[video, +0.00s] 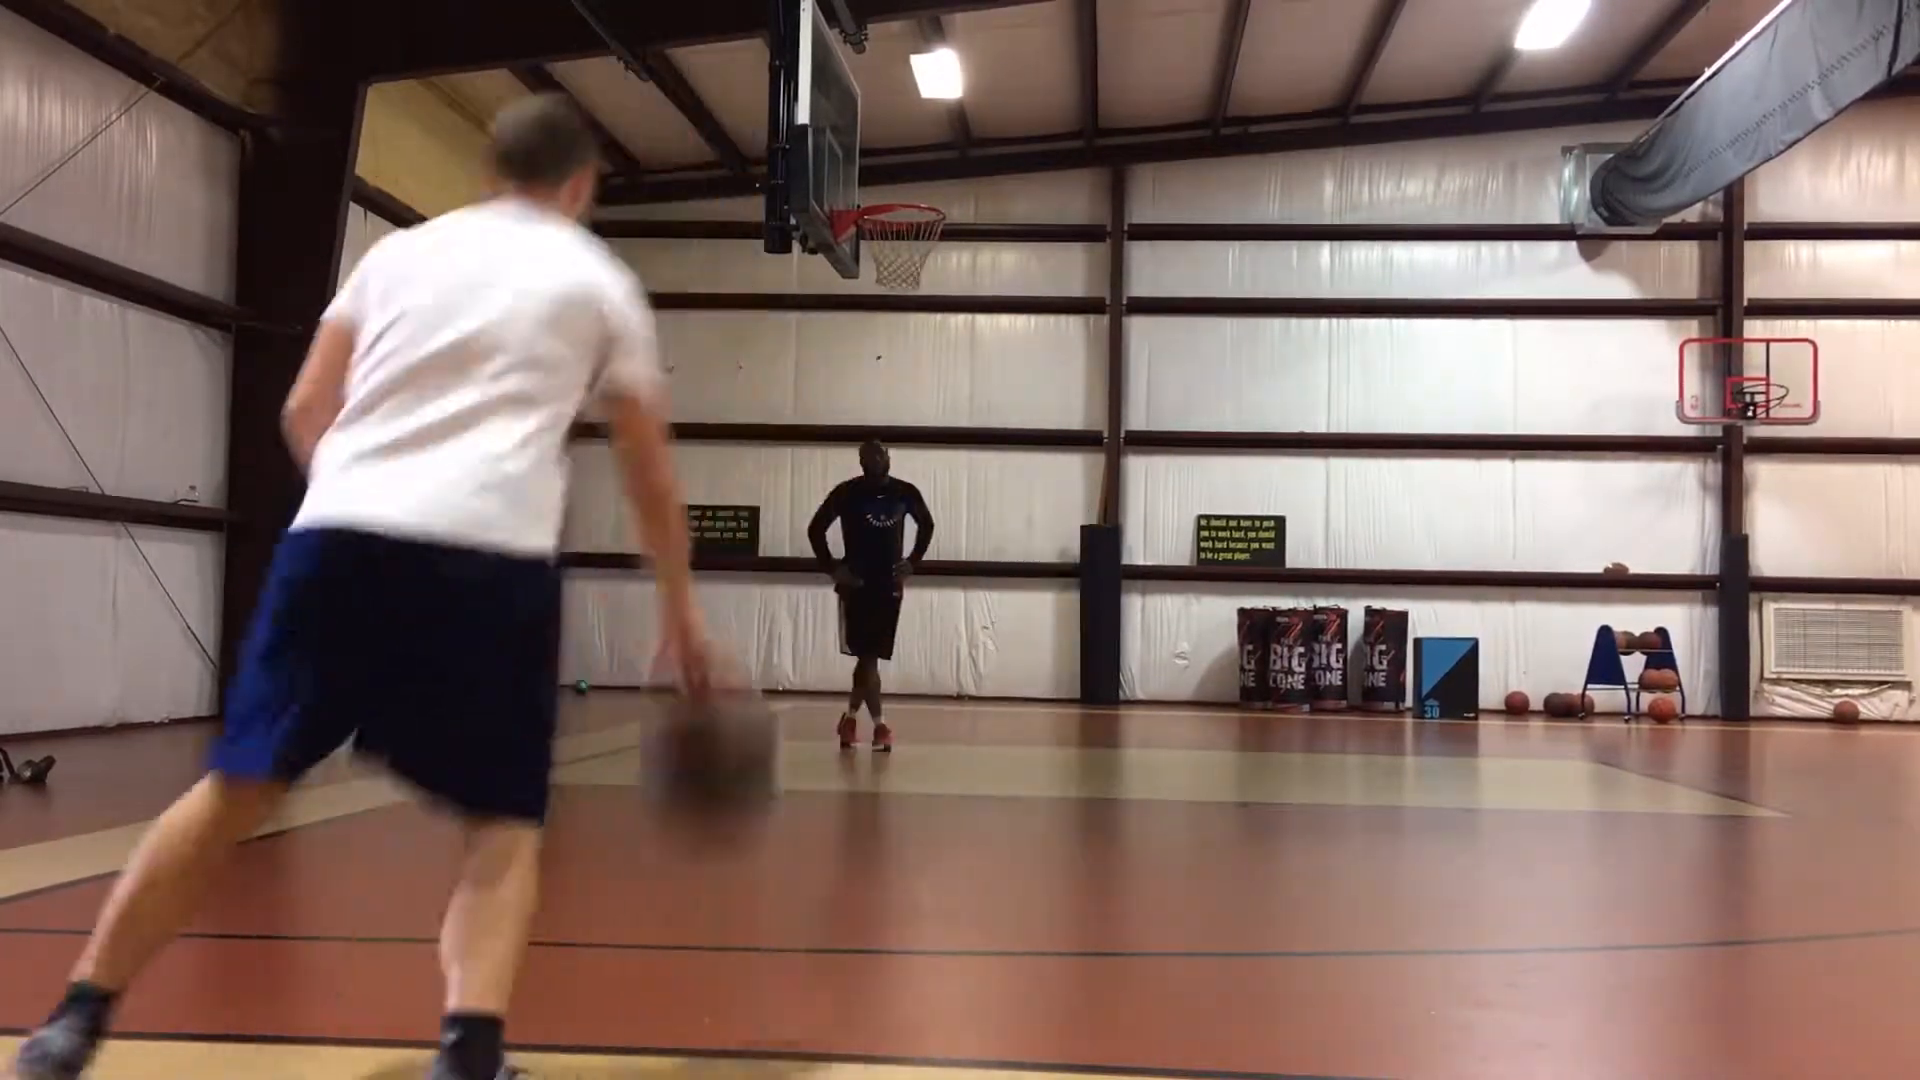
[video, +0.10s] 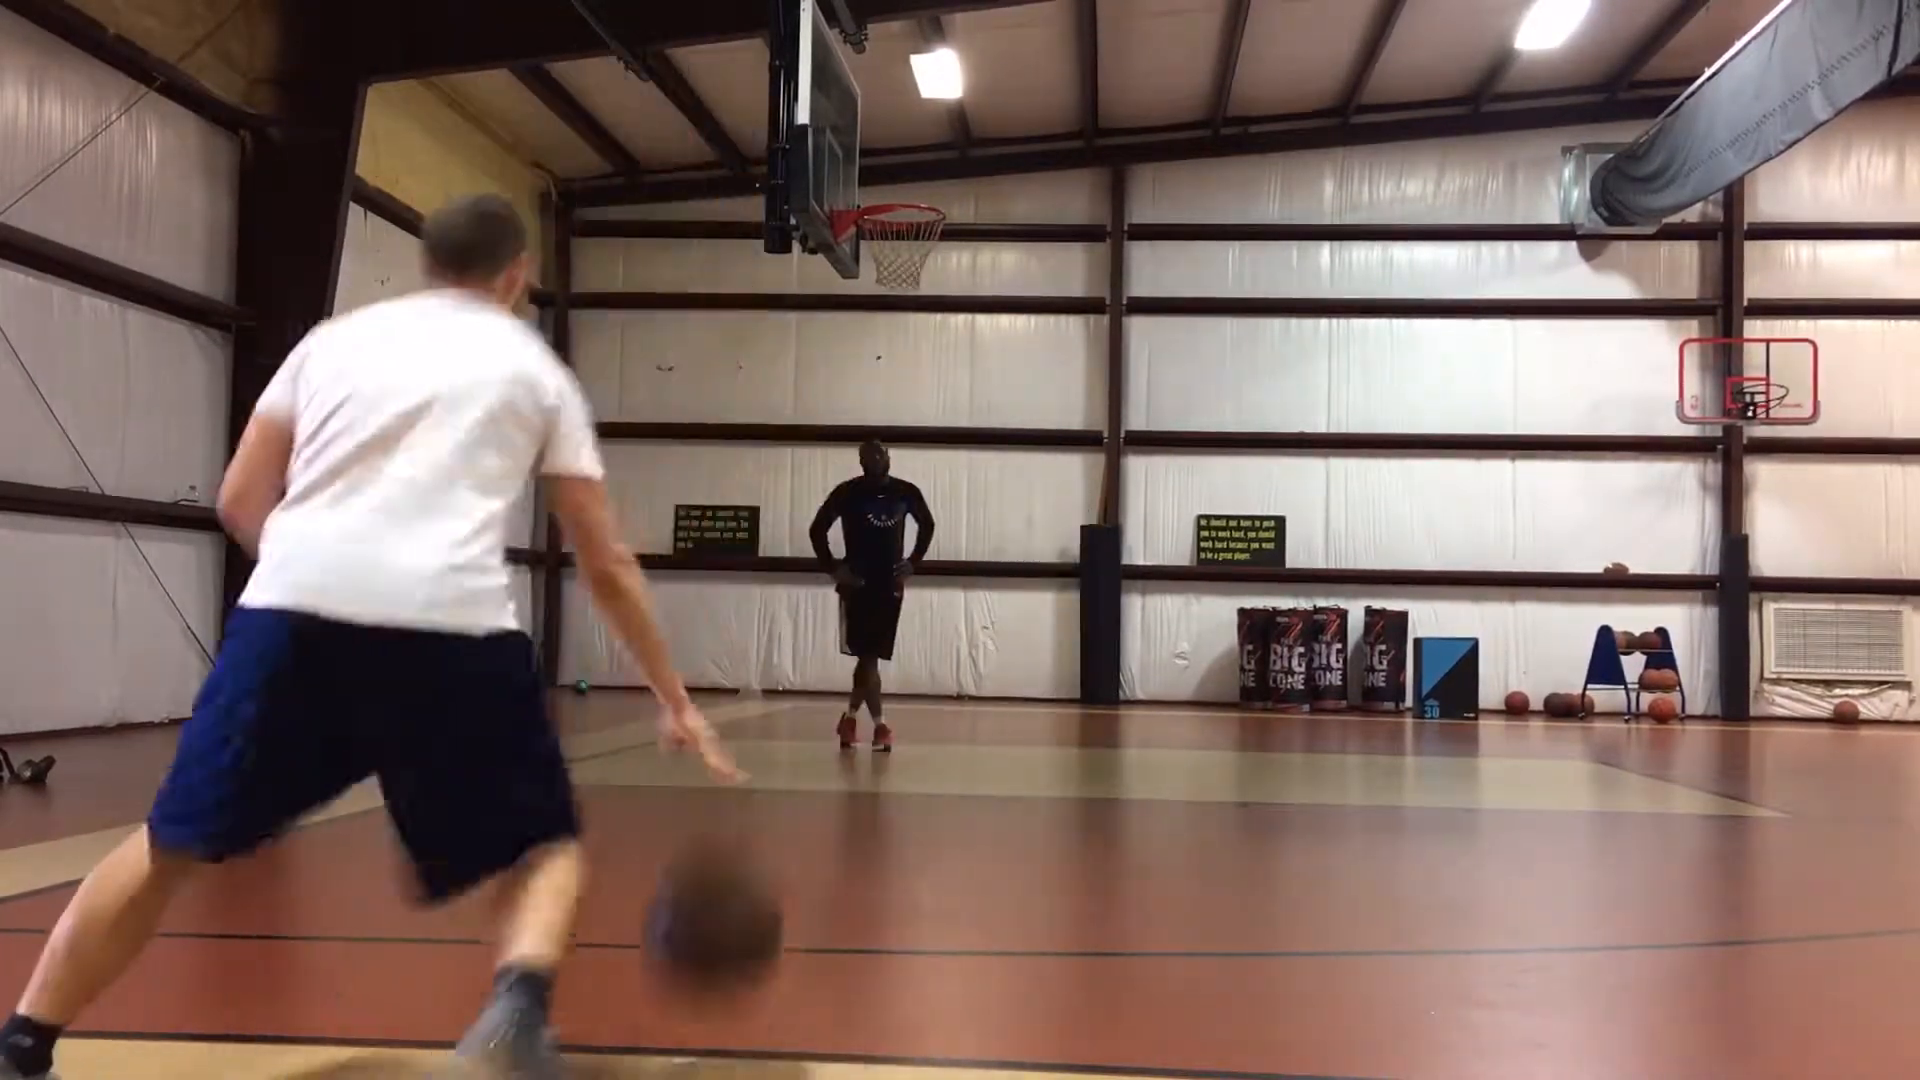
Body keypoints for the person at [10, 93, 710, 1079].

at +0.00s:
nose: (592, 200)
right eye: (595, 188)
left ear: (491, 173)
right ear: (582, 184)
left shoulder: (395, 253)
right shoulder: (597, 276)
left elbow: (308, 409)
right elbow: (650, 470)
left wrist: (376, 508)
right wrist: (681, 619)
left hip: (335, 544)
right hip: (490, 569)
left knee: (233, 784)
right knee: (505, 821)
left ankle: (76, 1018)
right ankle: (471, 1057)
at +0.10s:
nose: (528, 288)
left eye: (523, 273)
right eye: (527, 274)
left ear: (424, 264)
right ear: (516, 274)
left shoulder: (329, 341)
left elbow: (242, 499)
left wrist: (330, 582)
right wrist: (671, 692)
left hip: (293, 620)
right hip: (453, 631)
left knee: (165, 839)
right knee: (546, 841)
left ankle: (24, 1038)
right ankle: (516, 1014)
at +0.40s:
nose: (714, 295)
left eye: (710, 285)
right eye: (715, 284)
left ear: (628, 275)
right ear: (705, 279)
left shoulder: (561, 346)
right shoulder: (707, 347)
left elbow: (566, 486)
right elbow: (726, 508)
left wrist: (692, 538)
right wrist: (766, 556)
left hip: (476, 590)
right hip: (606, 591)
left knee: (461, 804)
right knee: (724, 813)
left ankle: (275, 933)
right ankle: (784, 1024)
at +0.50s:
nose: (765, 325)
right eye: (768, 314)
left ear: (674, 306)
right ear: (759, 314)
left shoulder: (615, 376)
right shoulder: (767, 385)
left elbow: (610, 512)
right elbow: (798, 565)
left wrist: (745, 537)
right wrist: (827, 543)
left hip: (537, 609)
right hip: (661, 609)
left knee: (595, 786)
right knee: (757, 810)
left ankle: (510, 950)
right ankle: (787, 1024)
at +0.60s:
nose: (777, 309)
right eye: (778, 298)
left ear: (690, 302)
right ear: (775, 306)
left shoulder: (646, 376)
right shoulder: (797, 385)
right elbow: (867, 519)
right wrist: (869, 428)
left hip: (595, 637)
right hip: (711, 638)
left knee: (690, 799)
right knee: (795, 819)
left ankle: (600, 984)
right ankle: (788, 1021)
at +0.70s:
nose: (803, 230)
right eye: (802, 218)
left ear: (709, 229)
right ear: (793, 232)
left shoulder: (673, 301)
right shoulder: (804, 305)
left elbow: (733, 271)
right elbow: (906, 335)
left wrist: (784, 224)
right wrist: (865, 229)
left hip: (639, 582)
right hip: (748, 578)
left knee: (701, 780)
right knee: (810, 803)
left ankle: (606, 978)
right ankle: (785, 1003)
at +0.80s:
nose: (779, 140)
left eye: (752, 129)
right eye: (792, 128)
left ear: (719, 132)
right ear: (804, 132)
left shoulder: (695, 201)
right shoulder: (826, 195)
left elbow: (743, 131)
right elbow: (912, 126)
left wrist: (755, 50)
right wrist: (884, 26)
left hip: (681, 464)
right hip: (788, 464)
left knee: (675, 697)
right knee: (801, 701)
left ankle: (634, 914)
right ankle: (813, 914)